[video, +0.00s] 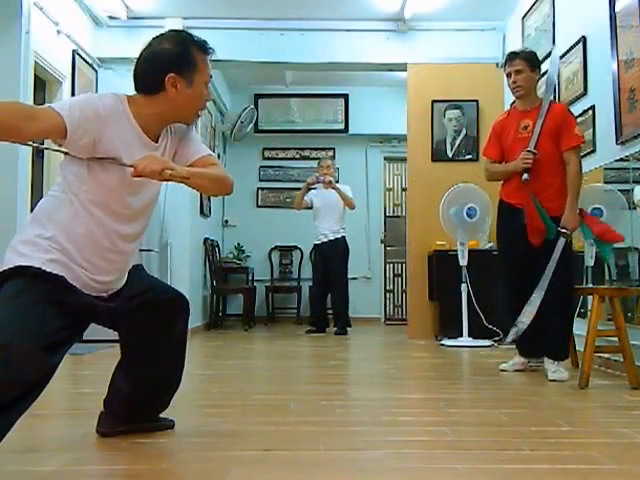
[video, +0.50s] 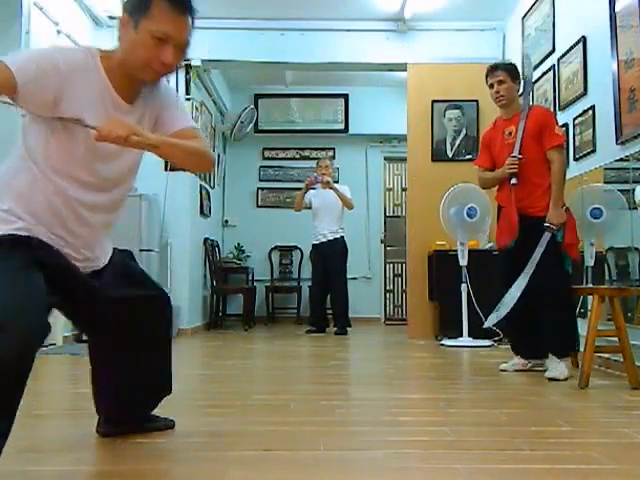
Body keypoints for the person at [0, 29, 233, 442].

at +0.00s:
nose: (208, 96)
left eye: (209, 85)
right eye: (204, 84)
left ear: (174, 86)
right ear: (173, 85)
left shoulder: (179, 135)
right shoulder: (100, 112)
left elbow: (224, 183)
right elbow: (30, 121)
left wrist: (178, 174)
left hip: (114, 275)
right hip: (47, 268)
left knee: (168, 309)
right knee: (15, 366)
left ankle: (127, 415)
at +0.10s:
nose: (208, 96)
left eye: (209, 86)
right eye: (204, 84)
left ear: (172, 84)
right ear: (169, 83)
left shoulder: (180, 136)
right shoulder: (103, 111)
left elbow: (224, 183)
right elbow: (32, 121)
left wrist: (181, 174)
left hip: (114, 275)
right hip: (47, 268)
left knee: (168, 309)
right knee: (15, 365)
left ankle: (127, 415)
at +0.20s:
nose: (205, 97)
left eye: (208, 86)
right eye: (200, 83)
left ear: (168, 78)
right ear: (162, 73)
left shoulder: (180, 132)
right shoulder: (102, 107)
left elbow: (225, 182)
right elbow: (34, 119)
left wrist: (180, 172)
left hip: (114, 273)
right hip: (46, 264)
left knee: (166, 308)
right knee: (15, 362)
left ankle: (127, 415)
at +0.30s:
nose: (196, 91)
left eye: (203, 82)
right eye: (190, 76)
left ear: (206, 81)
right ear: (152, 61)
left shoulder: (179, 123)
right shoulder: (96, 99)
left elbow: (222, 179)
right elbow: (27, 111)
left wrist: (178, 167)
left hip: (112, 266)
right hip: (42, 256)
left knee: (162, 308)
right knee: (16, 357)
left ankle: (127, 416)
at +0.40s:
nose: (187, 78)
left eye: (196, 68)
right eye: (178, 62)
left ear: (200, 67)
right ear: (143, 48)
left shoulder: (174, 112)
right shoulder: (88, 85)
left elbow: (216, 173)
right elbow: (11, 98)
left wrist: (166, 157)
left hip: (102, 260)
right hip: (33, 247)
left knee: (158, 306)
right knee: (21, 343)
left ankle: (125, 416)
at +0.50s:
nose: (170, 58)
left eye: (180, 47)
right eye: (159, 41)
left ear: (186, 47)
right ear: (125, 26)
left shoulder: (160, 96)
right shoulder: (69, 66)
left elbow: (204, 161)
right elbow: (3, 76)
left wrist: (145, 139)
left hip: (90, 251)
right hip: (21, 235)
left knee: (147, 306)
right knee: (18, 325)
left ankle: (123, 417)